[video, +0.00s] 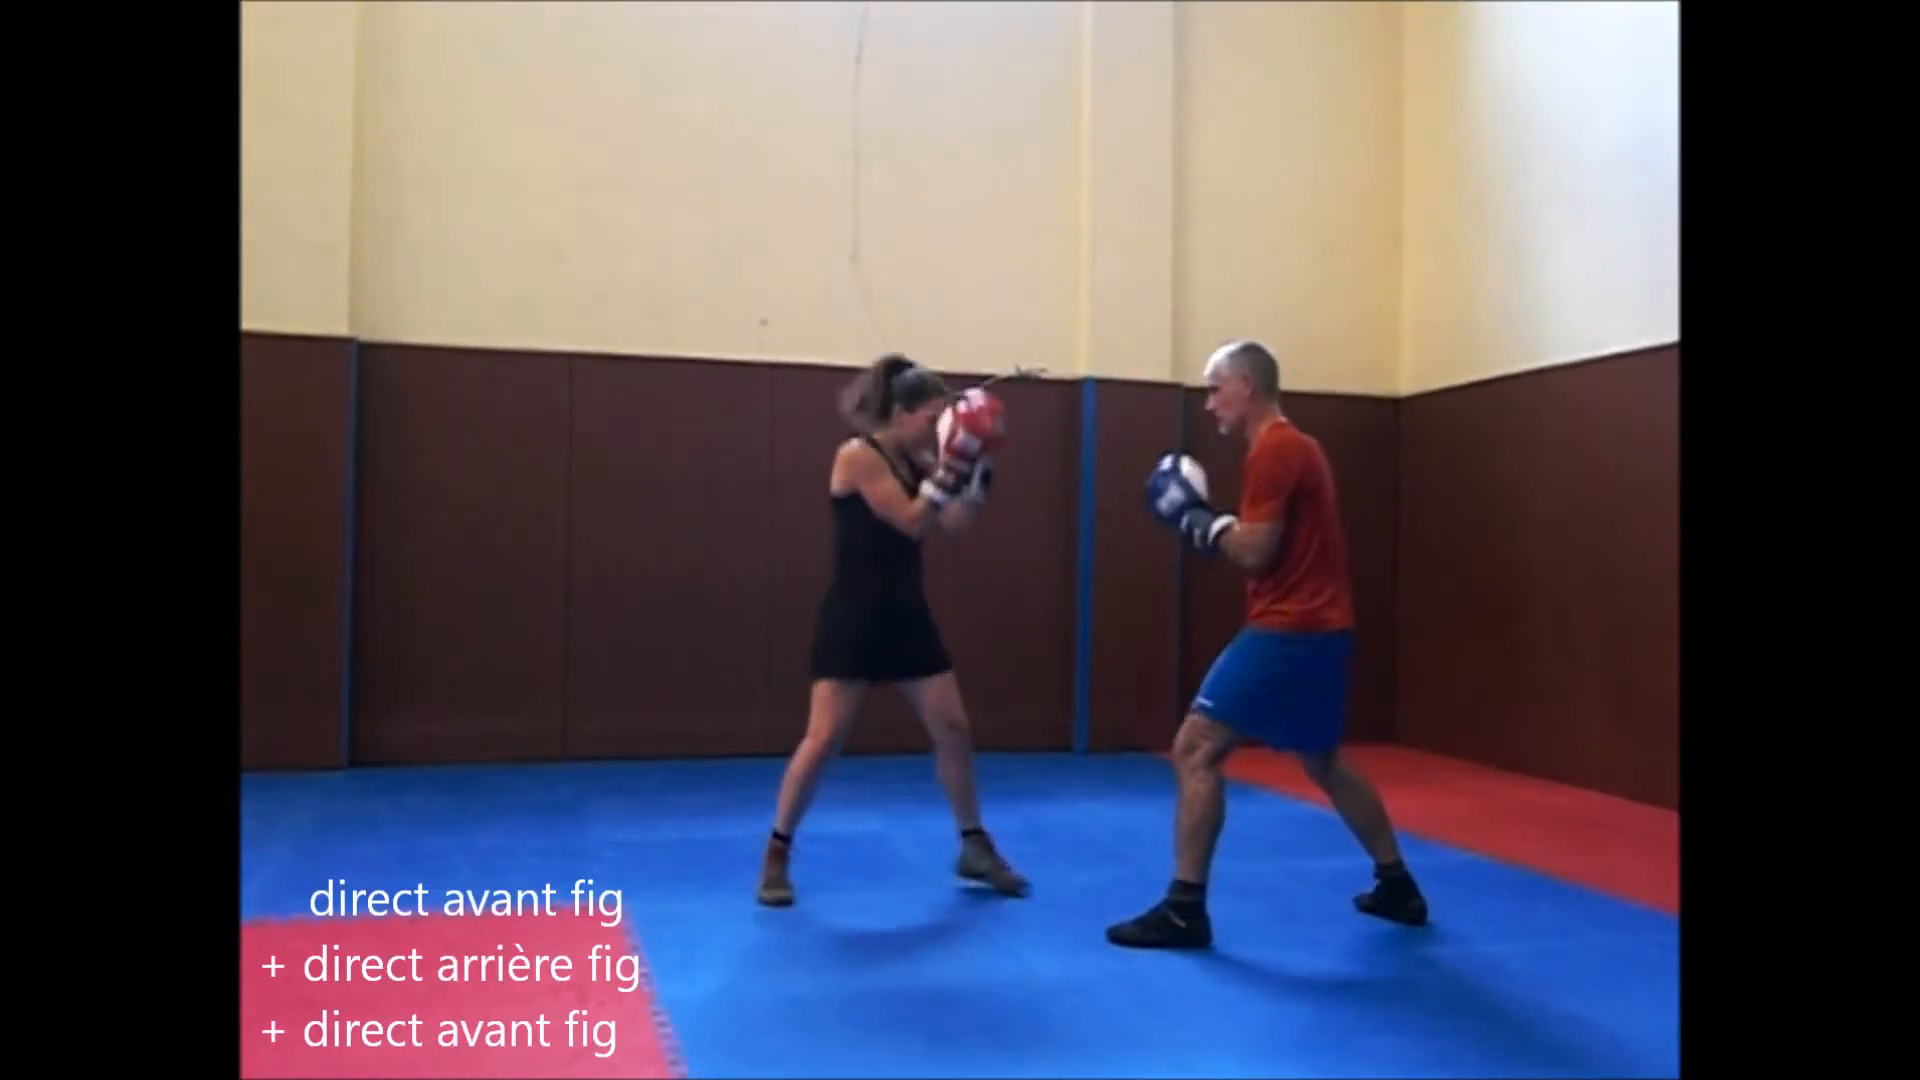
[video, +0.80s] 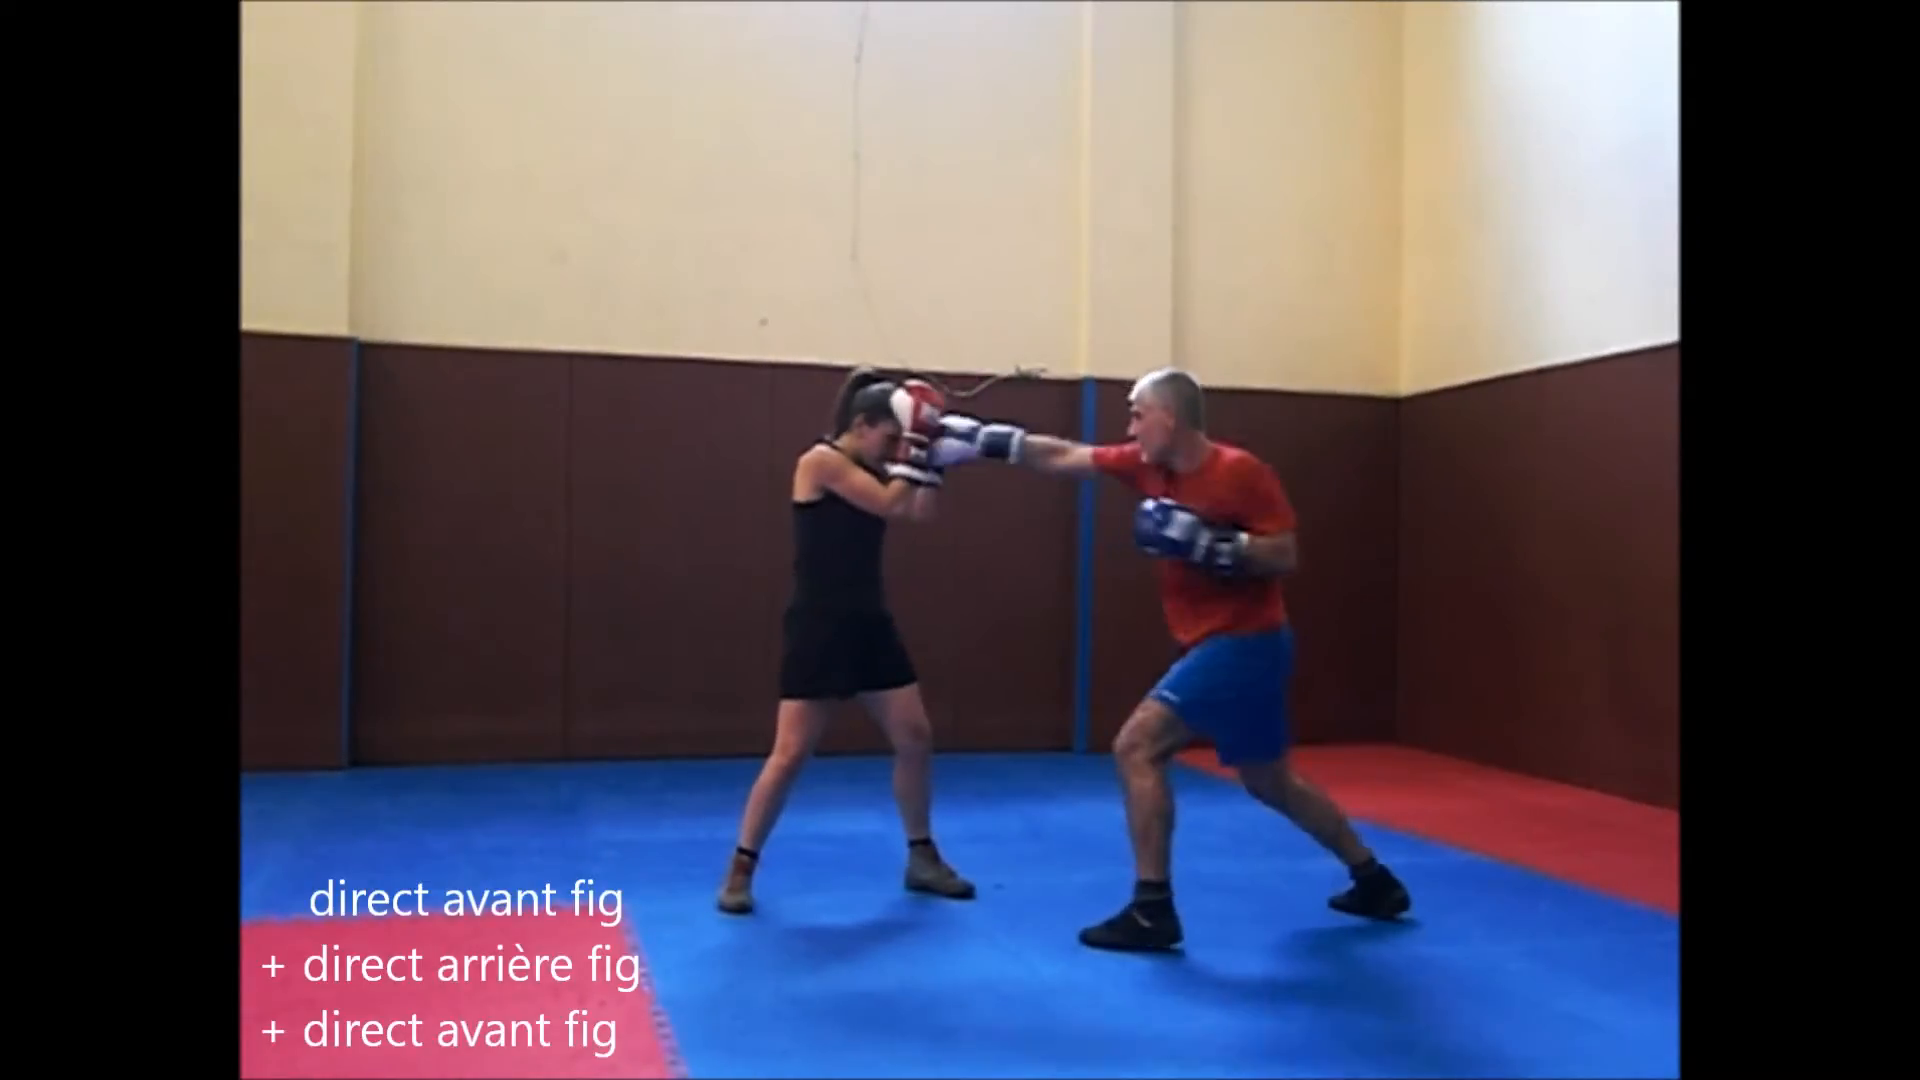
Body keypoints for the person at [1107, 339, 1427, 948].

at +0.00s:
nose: (1209, 404)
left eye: (1216, 390)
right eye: (1208, 391)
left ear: (1250, 388)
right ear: (1252, 390)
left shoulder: (1274, 449)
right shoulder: (1294, 446)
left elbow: (1253, 549)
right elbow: (1265, 545)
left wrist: (1192, 515)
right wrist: (1203, 520)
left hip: (1284, 632)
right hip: (1321, 632)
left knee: (1195, 750)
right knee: (1326, 763)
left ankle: (1184, 908)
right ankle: (1397, 885)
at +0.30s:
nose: (1206, 409)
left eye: (1212, 395)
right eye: (1205, 396)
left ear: (1243, 392)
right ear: (1260, 394)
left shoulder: (1250, 441)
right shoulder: (1309, 444)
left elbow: (1220, 521)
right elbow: (1265, 512)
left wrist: (1175, 484)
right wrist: (1213, 466)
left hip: (1249, 625)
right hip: (1311, 629)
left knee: (1140, 726)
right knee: (1308, 758)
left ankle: (1143, 879)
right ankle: (1370, 885)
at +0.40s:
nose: (1190, 412)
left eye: (1194, 400)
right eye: (1189, 401)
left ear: (1224, 395)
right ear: (1246, 397)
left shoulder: (1208, 440)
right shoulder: (1307, 445)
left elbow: (1157, 488)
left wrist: (1091, 464)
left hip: (1223, 630)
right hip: (1297, 633)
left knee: (1136, 744)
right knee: (1313, 757)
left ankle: (1145, 894)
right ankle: (1370, 886)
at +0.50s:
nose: (1167, 420)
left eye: (1173, 409)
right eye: (1167, 410)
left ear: (1207, 409)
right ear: (1229, 410)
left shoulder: (1172, 455)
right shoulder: (1290, 452)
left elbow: (1073, 461)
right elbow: (1313, 535)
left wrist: (990, 445)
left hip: (1217, 642)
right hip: (1293, 644)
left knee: (1120, 751)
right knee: (1308, 762)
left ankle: (1146, 899)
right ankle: (1371, 888)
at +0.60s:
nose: (1146, 415)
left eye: (1152, 403)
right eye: (1145, 403)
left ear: (1182, 405)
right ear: (1208, 404)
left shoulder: (1168, 453)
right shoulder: (1267, 453)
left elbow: (1094, 508)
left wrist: (1038, 485)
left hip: (1214, 645)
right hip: (1286, 641)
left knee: (1118, 752)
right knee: (1297, 766)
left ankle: (1148, 906)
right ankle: (1371, 889)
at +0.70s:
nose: (1128, 416)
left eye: (1137, 403)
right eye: (1127, 404)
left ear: (1174, 406)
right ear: (1176, 409)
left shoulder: (1211, 462)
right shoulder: (1194, 458)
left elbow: (1222, 549)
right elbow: (1177, 490)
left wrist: (1138, 528)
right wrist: (1117, 463)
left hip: (1233, 637)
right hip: (1259, 634)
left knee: (1132, 748)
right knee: (1280, 771)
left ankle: (1152, 908)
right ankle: (1369, 887)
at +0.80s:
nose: (1130, 427)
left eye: (1138, 415)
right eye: (1130, 416)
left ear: (1175, 418)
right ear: (1168, 420)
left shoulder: (1241, 473)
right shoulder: (1146, 466)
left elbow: (1284, 554)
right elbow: (1058, 455)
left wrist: (1205, 541)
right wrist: (982, 439)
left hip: (1245, 643)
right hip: (1224, 645)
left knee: (1138, 744)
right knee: (1270, 781)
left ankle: (1153, 911)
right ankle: (1375, 880)